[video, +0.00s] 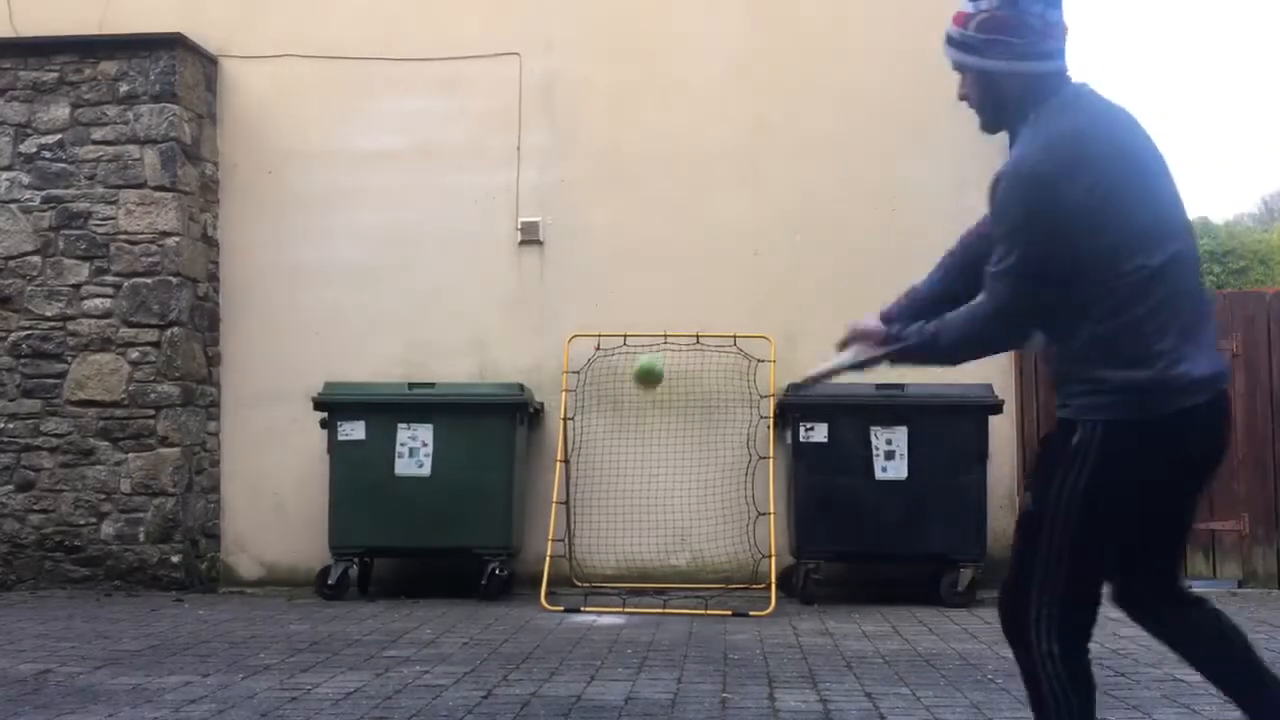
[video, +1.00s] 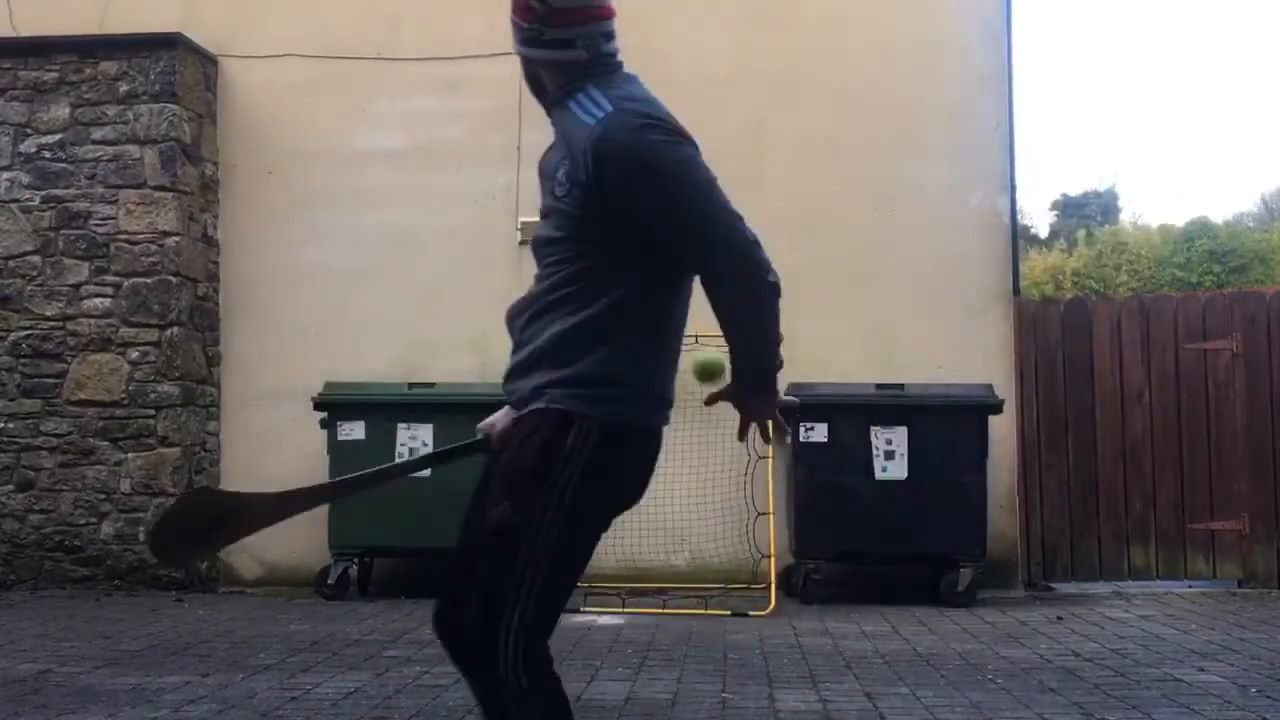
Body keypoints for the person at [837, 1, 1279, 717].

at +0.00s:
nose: (959, 89)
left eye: (966, 71)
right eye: (958, 71)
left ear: (1006, 69)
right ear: (1036, 64)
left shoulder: (1038, 163)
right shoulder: (1097, 119)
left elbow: (1008, 314)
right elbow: (991, 241)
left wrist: (901, 343)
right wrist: (899, 316)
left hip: (1114, 420)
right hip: (1190, 406)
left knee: (1040, 614)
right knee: (1148, 589)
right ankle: (1268, 703)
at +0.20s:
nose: (873, 81)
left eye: (873, 67)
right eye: (872, 67)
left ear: (886, 69)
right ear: (952, 50)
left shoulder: (909, 160)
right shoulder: (1022, 118)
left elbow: (860, 289)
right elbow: (944, 280)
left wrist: (830, 376)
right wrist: (867, 361)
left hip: (1013, 414)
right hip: (1085, 398)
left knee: (999, 603)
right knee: (972, 579)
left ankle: (1037, 713)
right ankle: (990, 708)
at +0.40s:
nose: (787, 69)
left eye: (786, 55)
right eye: (794, 52)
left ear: (794, 55)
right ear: (868, 45)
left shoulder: (809, 138)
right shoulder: (929, 121)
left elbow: (776, 278)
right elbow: (904, 274)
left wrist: (738, 377)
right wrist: (815, 352)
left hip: (876, 420)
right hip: (954, 412)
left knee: (868, 616)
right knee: (896, 615)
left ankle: (994, 717)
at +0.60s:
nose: (685, 50)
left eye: (685, 35)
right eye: (690, 34)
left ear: (691, 38)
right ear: (762, 33)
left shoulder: (719, 122)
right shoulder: (796, 109)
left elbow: (679, 274)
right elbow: (795, 274)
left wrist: (605, 372)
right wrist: (724, 375)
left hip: (781, 407)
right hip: (845, 398)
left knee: (677, 601)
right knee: (793, 607)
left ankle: (725, 716)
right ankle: (827, 719)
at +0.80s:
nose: (597, 31)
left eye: (598, 19)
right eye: (601, 19)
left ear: (609, 27)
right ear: (679, 26)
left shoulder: (655, 114)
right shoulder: (702, 102)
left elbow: (692, 265)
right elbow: (700, 280)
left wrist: (648, 408)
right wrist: (624, 396)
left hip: (676, 412)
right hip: (726, 411)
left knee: (577, 630)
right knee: (669, 622)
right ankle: (757, 713)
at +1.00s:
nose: (525, 74)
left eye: (525, 57)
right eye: (525, 57)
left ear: (538, 58)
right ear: (595, 44)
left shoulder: (625, 135)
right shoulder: (587, 131)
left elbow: (743, 266)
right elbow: (588, 295)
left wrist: (756, 383)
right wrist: (525, 401)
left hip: (591, 425)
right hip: (555, 417)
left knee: (503, 635)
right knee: (471, 623)